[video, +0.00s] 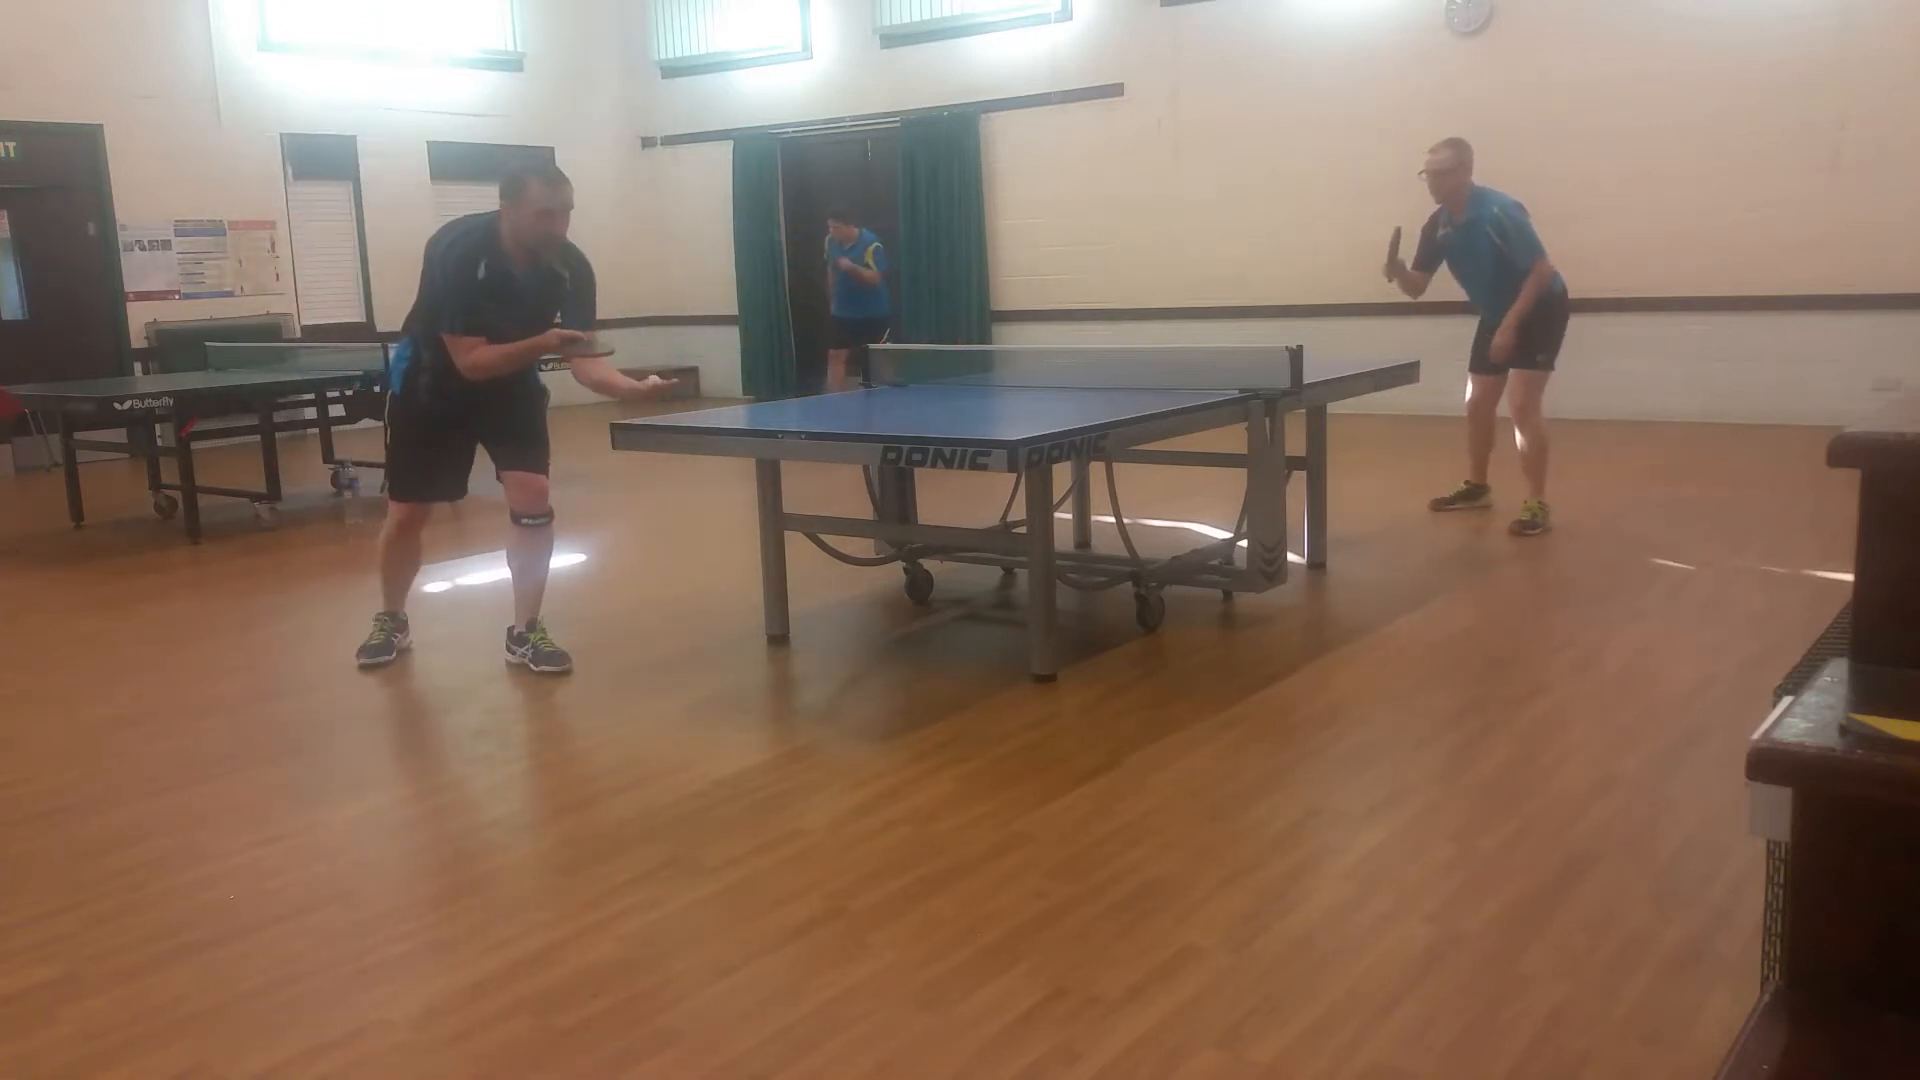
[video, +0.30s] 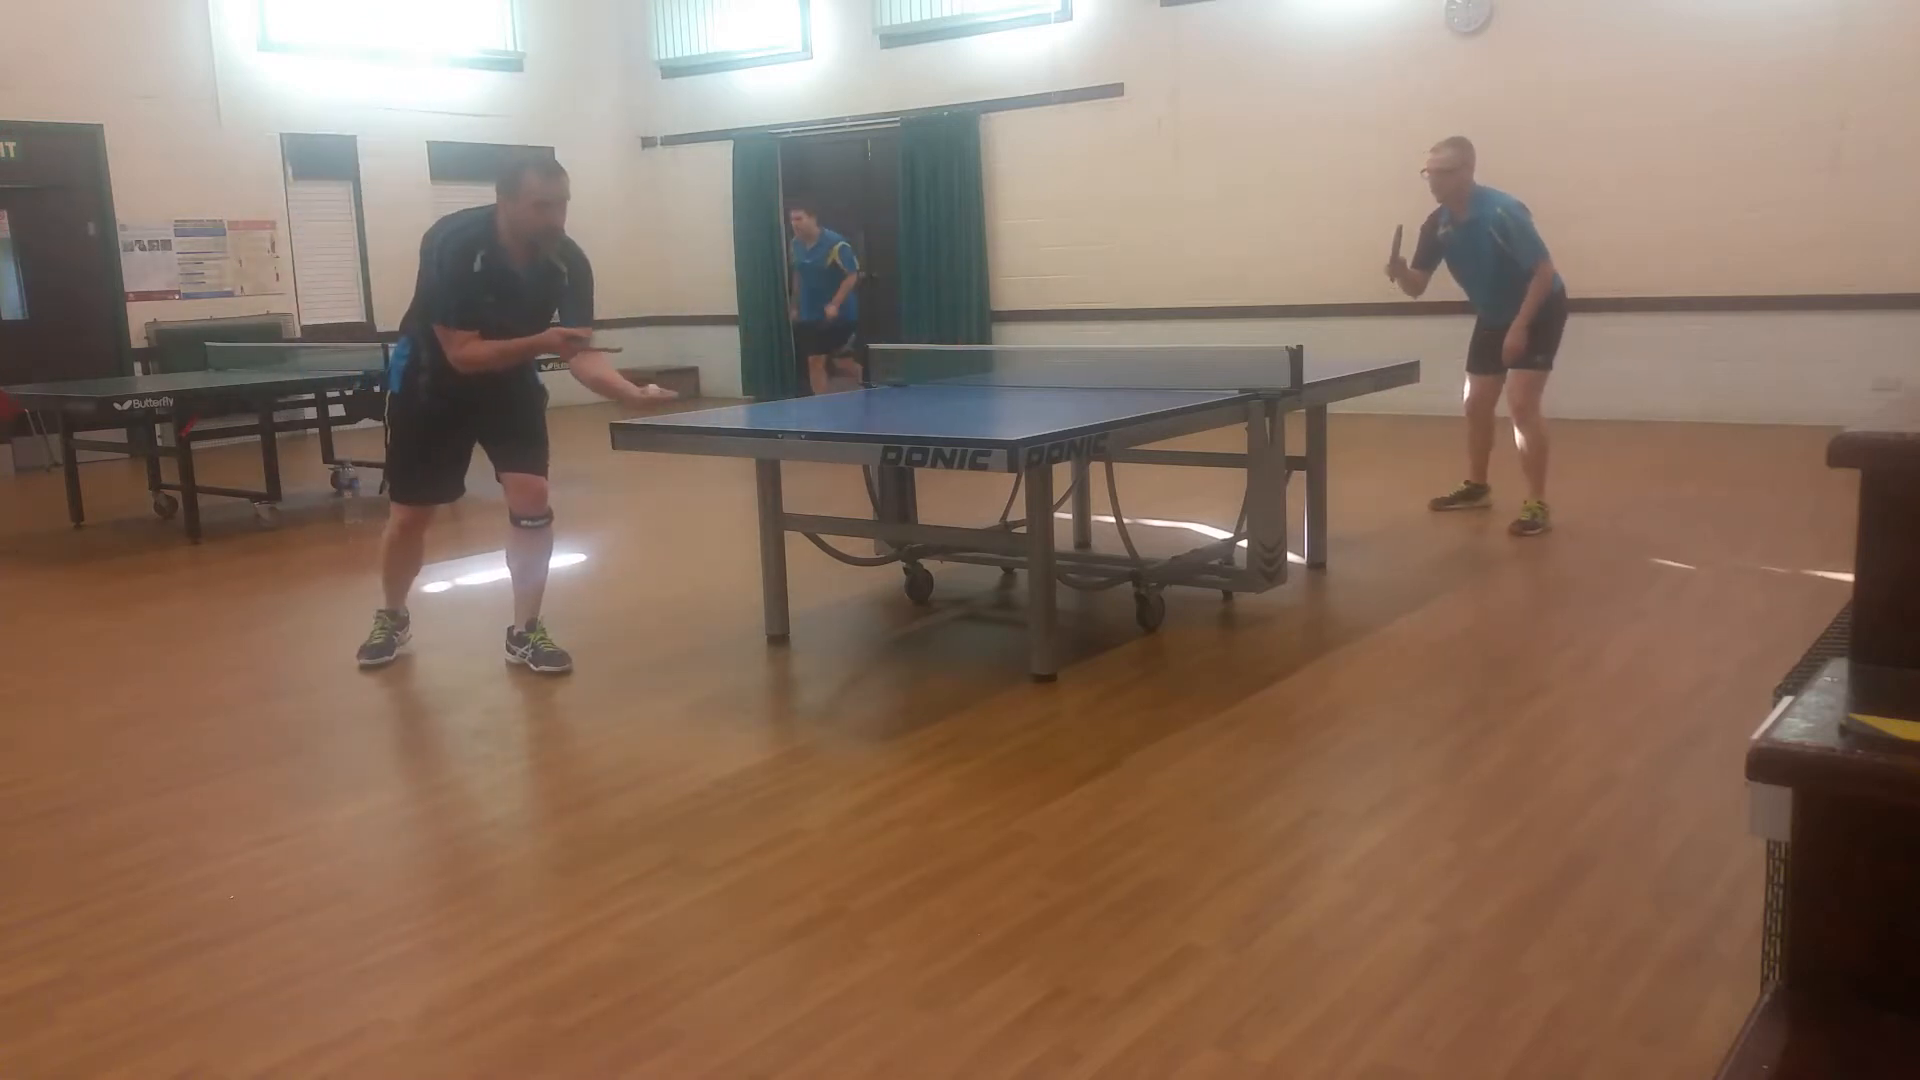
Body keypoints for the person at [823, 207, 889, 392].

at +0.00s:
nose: (831, 232)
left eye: (835, 227)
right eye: (830, 227)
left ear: (849, 226)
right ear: (831, 226)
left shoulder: (871, 244)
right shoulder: (831, 242)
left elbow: (875, 277)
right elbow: (831, 272)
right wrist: (833, 300)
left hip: (872, 312)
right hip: (843, 311)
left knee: (875, 355)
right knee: (836, 354)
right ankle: (835, 402)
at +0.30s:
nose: (795, 224)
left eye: (799, 219)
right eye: (792, 220)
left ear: (812, 219)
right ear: (790, 223)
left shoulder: (835, 244)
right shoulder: (796, 245)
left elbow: (852, 275)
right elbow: (797, 276)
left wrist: (835, 304)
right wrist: (795, 305)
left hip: (839, 315)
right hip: (810, 315)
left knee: (840, 361)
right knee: (815, 362)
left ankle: (866, 377)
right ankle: (822, 410)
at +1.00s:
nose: (719, 212)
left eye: (723, 207)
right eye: (717, 208)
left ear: (738, 209)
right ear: (717, 213)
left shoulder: (758, 240)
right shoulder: (720, 240)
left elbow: (769, 277)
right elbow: (724, 279)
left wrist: (761, 313)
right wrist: (725, 311)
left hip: (760, 319)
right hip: (728, 319)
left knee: (771, 368)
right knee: (718, 365)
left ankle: (784, 417)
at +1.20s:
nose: (681, 219)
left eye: (687, 214)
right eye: (681, 215)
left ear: (704, 217)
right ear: (680, 219)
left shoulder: (720, 246)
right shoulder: (684, 248)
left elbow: (734, 281)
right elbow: (693, 283)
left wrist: (702, 298)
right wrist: (686, 300)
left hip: (729, 325)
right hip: (697, 325)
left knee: (750, 375)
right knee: (686, 375)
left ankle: (776, 417)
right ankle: (685, 427)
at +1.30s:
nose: (662, 214)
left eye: (667, 209)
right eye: (662, 210)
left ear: (685, 212)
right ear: (662, 214)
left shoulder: (703, 240)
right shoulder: (666, 243)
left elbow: (717, 277)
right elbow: (673, 279)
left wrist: (684, 290)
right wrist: (662, 290)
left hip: (708, 323)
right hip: (677, 323)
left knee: (722, 375)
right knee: (675, 376)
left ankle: (759, 407)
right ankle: (683, 428)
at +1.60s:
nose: (615, 215)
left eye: (620, 210)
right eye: (614, 211)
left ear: (638, 212)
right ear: (615, 215)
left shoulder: (660, 242)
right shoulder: (619, 244)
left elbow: (677, 280)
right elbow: (614, 284)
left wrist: (642, 287)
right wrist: (602, 312)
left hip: (661, 323)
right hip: (635, 324)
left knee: (648, 377)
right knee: (658, 381)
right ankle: (685, 432)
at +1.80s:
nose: (584, 224)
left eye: (589, 219)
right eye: (583, 219)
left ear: (606, 219)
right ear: (588, 222)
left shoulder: (631, 248)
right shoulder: (594, 249)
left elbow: (648, 288)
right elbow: (600, 287)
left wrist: (613, 298)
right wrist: (587, 301)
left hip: (632, 330)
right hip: (606, 329)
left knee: (615, 378)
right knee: (606, 380)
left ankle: (633, 440)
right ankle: (630, 438)